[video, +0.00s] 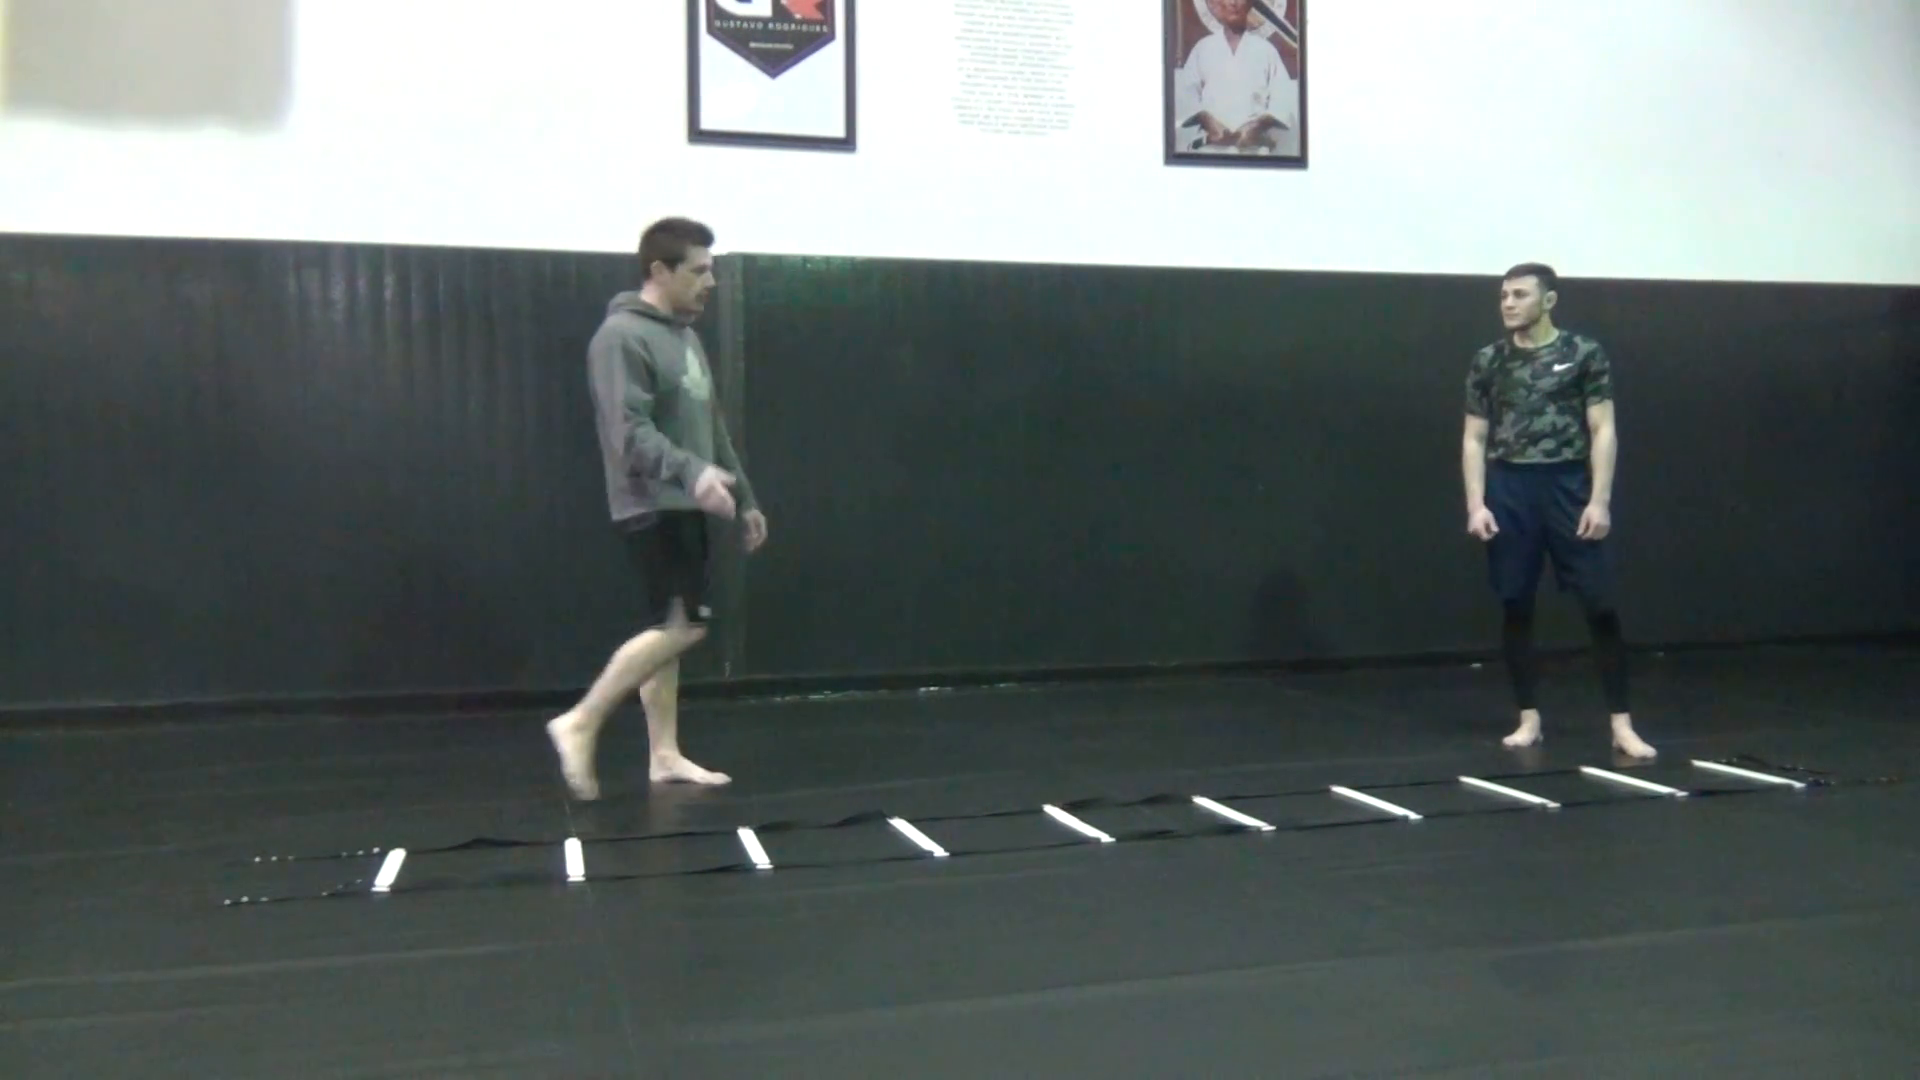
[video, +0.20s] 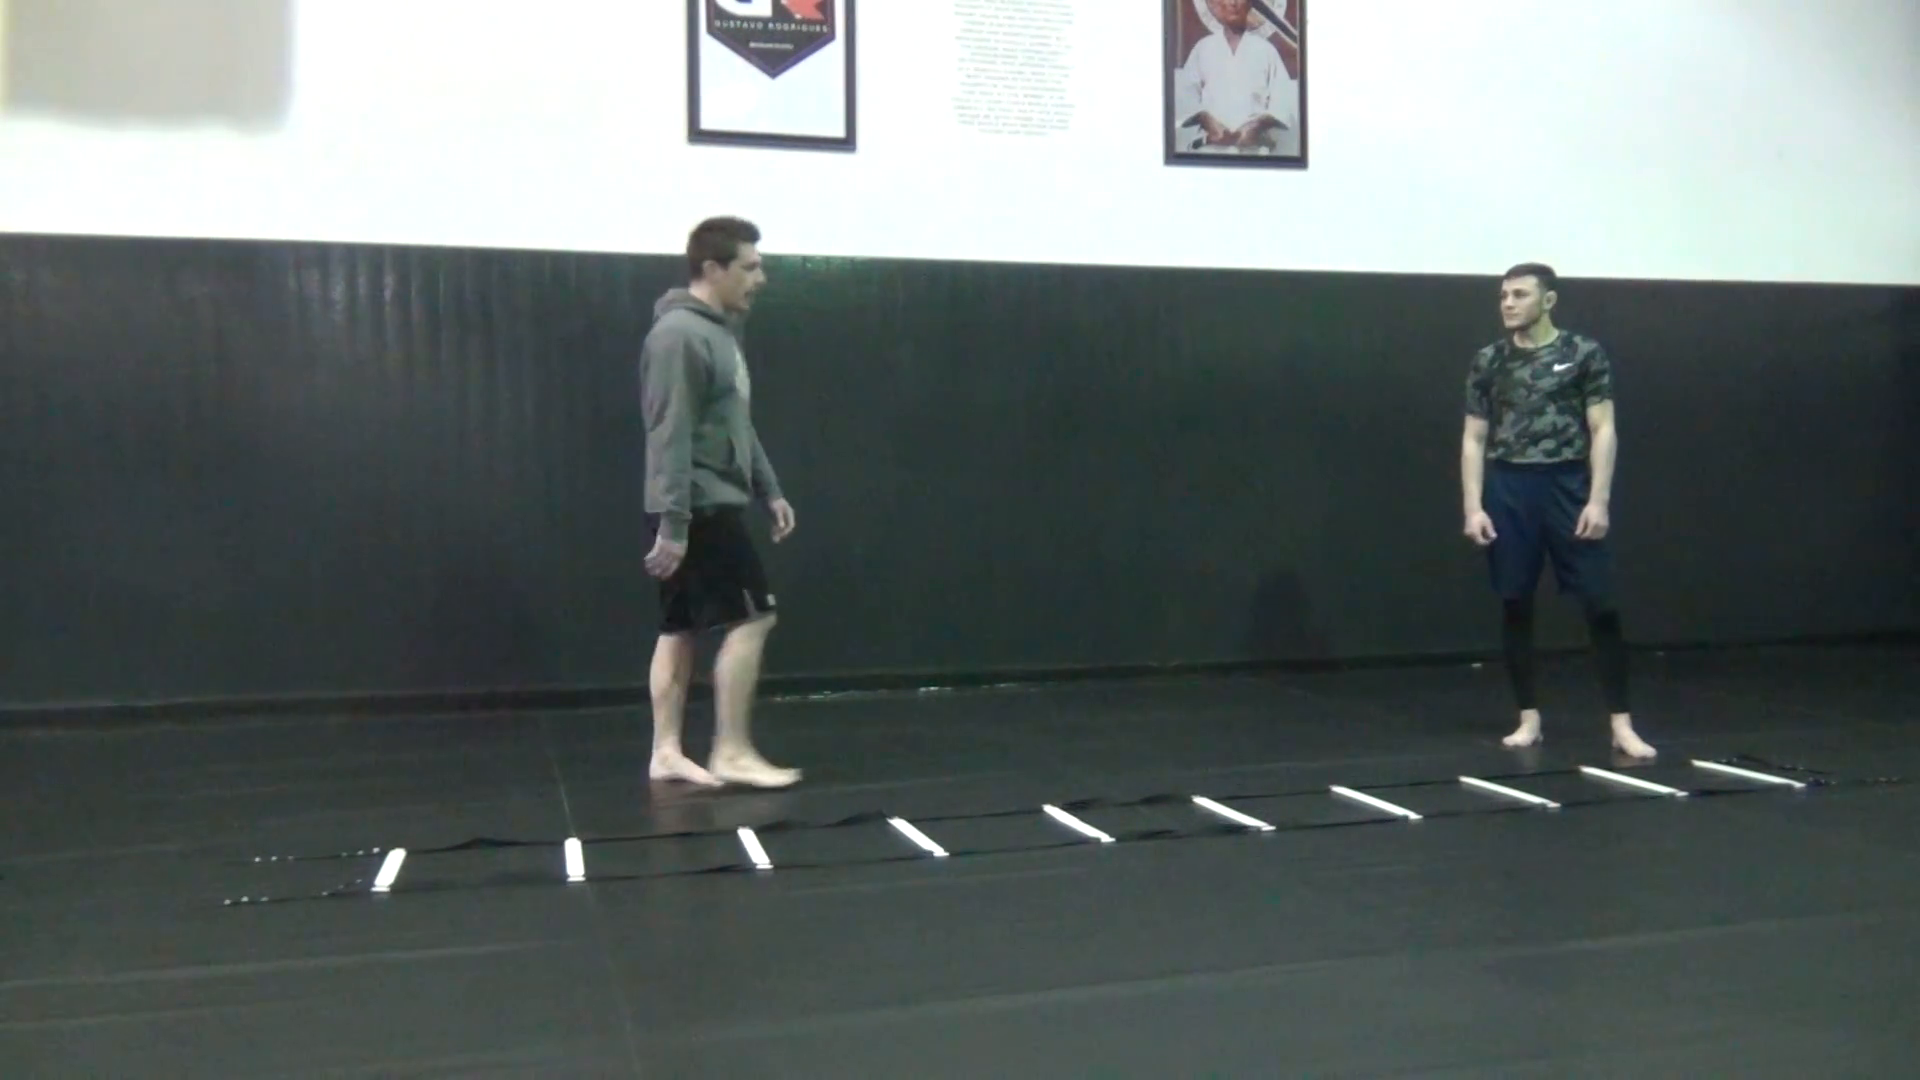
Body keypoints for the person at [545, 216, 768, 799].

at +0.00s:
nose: (710, 282)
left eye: (710, 270)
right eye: (700, 270)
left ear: (675, 273)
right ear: (658, 270)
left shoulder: (685, 338)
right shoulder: (619, 336)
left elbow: (713, 431)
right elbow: (629, 433)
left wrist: (743, 502)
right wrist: (692, 473)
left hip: (688, 501)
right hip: (650, 505)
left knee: (672, 628)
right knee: (686, 622)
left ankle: (665, 756)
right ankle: (577, 724)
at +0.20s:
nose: (759, 280)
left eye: (759, 268)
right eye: (750, 268)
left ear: (716, 270)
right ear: (711, 269)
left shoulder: (719, 332)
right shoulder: (676, 334)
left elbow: (738, 427)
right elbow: (669, 433)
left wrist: (770, 491)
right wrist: (672, 522)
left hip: (709, 503)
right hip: (701, 505)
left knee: (679, 627)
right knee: (752, 616)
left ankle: (666, 752)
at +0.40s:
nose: (809, 286)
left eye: (809, 274)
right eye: (801, 275)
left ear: (763, 278)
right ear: (764, 277)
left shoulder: (752, 335)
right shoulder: (734, 340)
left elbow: (755, 435)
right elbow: (721, 438)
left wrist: (779, 508)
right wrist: (720, 527)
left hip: (739, 509)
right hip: (751, 512)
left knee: (702, 634)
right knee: (787, 631)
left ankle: (668, 751)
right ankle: (821, 755)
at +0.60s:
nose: (859, 289)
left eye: (860, 277)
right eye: (852, 277)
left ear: (810, 278)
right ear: (815, 277)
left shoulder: (769, 330)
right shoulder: (801, 340)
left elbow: (771, 435)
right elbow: (808, 444)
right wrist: (837, 526)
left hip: (762, 509)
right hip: (793, 511)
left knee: (769, 626)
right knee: (821, 631)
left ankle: (706, 720)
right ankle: (827, 760)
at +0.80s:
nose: (901, 292)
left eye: (902, 281)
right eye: (894, 280)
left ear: (854, 279)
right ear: (856, 277)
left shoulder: (809, 326)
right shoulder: (841, 335)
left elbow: (814, 419)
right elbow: (896, 418)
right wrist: (971, 472)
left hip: (816, 500)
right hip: (837, 504)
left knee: (854, 612)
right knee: (848, 622)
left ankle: (812, 708)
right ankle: (828, 757)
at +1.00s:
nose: (940, 296)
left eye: (941, 285)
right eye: (932, 284)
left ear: (892, 285)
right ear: (894, 282)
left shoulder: (856, 331)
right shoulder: (883, 339)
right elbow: (958, 401)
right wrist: (1046, 429)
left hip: (869, 505)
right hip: (871, 508)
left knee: (894, 618)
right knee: (863, 624)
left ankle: (930, 727)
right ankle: (829, 757)